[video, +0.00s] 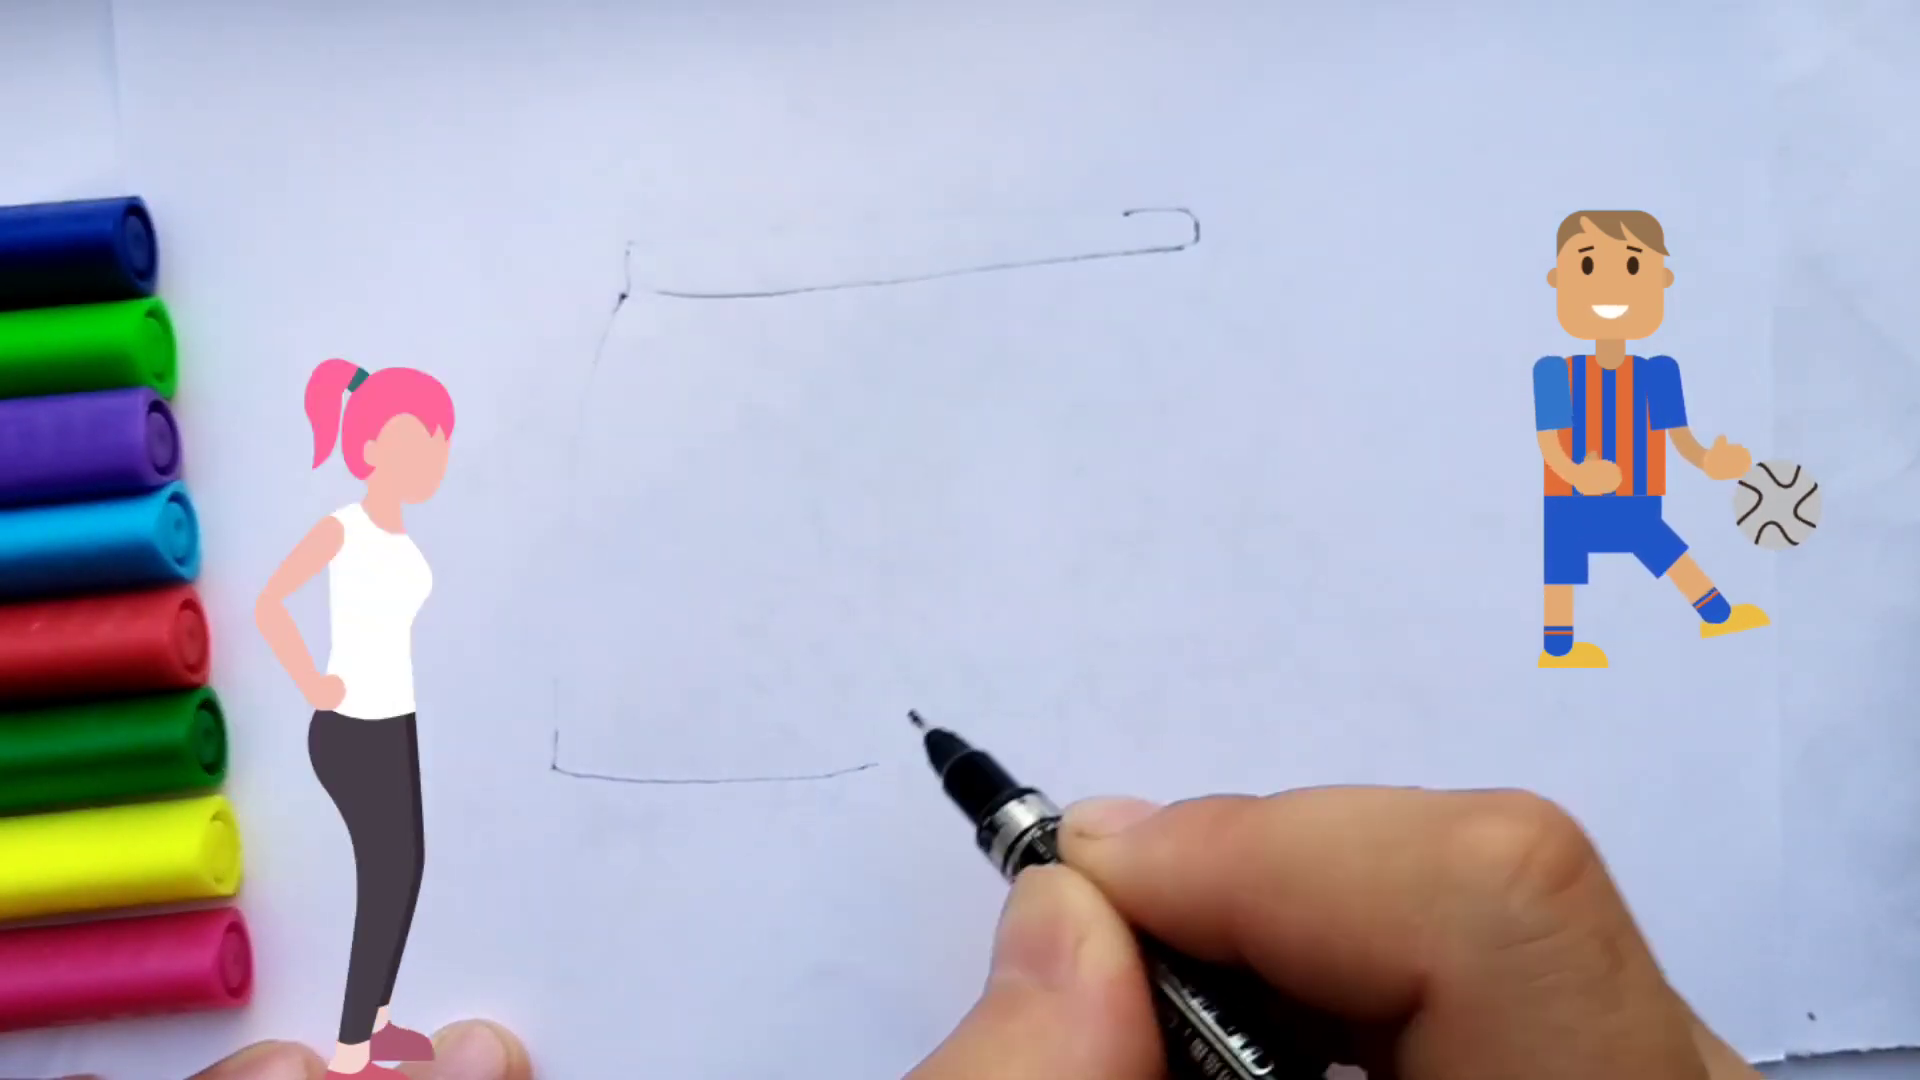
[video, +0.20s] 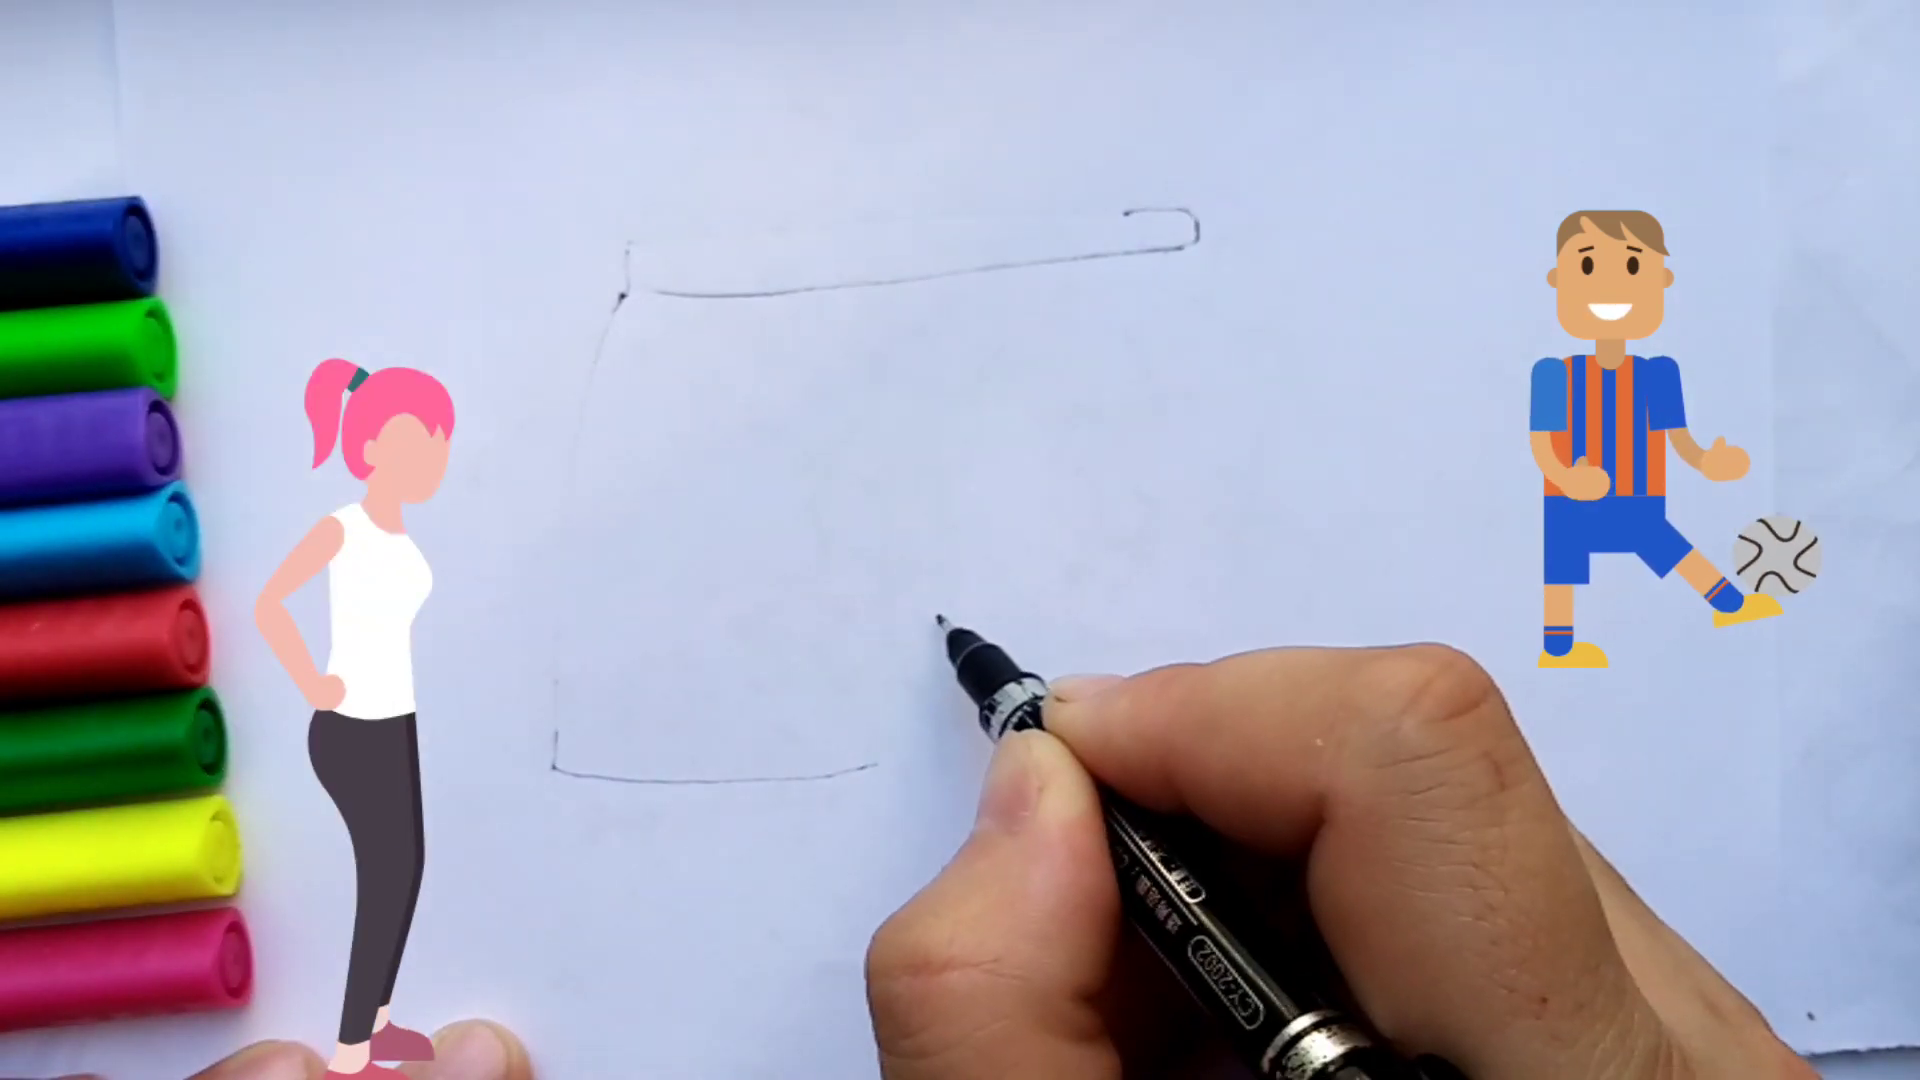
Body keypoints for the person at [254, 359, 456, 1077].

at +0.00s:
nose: (437, 455)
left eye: (440, 439)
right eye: (422, 437)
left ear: (440, 450)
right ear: (375, 447)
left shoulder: (404, 536)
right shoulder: (344, 528)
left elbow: (386, 623)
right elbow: (269, 604)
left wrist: (396, 686)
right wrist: (312, 684)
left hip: (398, 730)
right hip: (353, 732)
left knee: (406, 868)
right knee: (387, 875)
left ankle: (375, 1018)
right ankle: (350, 1049)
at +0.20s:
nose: (437, 456)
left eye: (440, 440)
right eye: (422, 437)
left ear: (440, 450)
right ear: (375, 447)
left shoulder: (404, 535)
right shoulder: (344, 528)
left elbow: (386, 623)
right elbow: (269, 606)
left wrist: (397, 687)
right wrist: (312, 685)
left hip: (398, 730)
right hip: (353, 732)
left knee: (406, 869)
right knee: (387, 875)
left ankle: (375, 1019)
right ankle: (350, 1049)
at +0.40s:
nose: (406, 586)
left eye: (406, 570)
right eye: (391, 569)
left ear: (401, 579)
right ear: (346, 578)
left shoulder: (362, 662)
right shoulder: (311, 656)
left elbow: (321, 738)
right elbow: (213, 712)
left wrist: (317, 798)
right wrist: (250, 791)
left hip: (307, 842)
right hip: (263, 851)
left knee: (391, 865)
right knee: (392, 872)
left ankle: (339, 1021)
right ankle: (350, 1056)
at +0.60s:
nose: (435, 456)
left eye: (439, 440)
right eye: (419, 438)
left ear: (441, 451)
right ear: (374, 447)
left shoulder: (404, 536)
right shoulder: (344, 529)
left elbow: (385, 623)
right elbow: (268, 606)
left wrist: (395, 687)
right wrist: (312, 684)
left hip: (397, 731)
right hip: (353, 732)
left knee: (405, 871)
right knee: (386, 877)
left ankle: (374, 1018)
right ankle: (349, 1052)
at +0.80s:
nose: (435, 456)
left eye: (439, 440)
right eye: (419, 438)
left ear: (441, 451)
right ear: (374, 447)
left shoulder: (404, 536)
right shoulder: (344, 528)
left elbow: (384, 622)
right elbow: (268, 605)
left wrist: (395, 686)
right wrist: (312, 684)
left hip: (397, 731)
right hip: (353, 732)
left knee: (406, 871)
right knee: (386, 877)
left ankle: (374, 1018)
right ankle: (349, 1051)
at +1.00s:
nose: (405, 587)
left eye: (405, 570)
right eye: (387, 570)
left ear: (406, 578)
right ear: (343, 579)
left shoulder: (363, 661)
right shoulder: (313, 655)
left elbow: (321, 738)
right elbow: (214, 712)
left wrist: (316, 799)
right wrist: (250, 791)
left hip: (305, 842)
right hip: (264, 850)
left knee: (393, 864)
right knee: (392, 874)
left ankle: (342, 1019)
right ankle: (352, 1058)